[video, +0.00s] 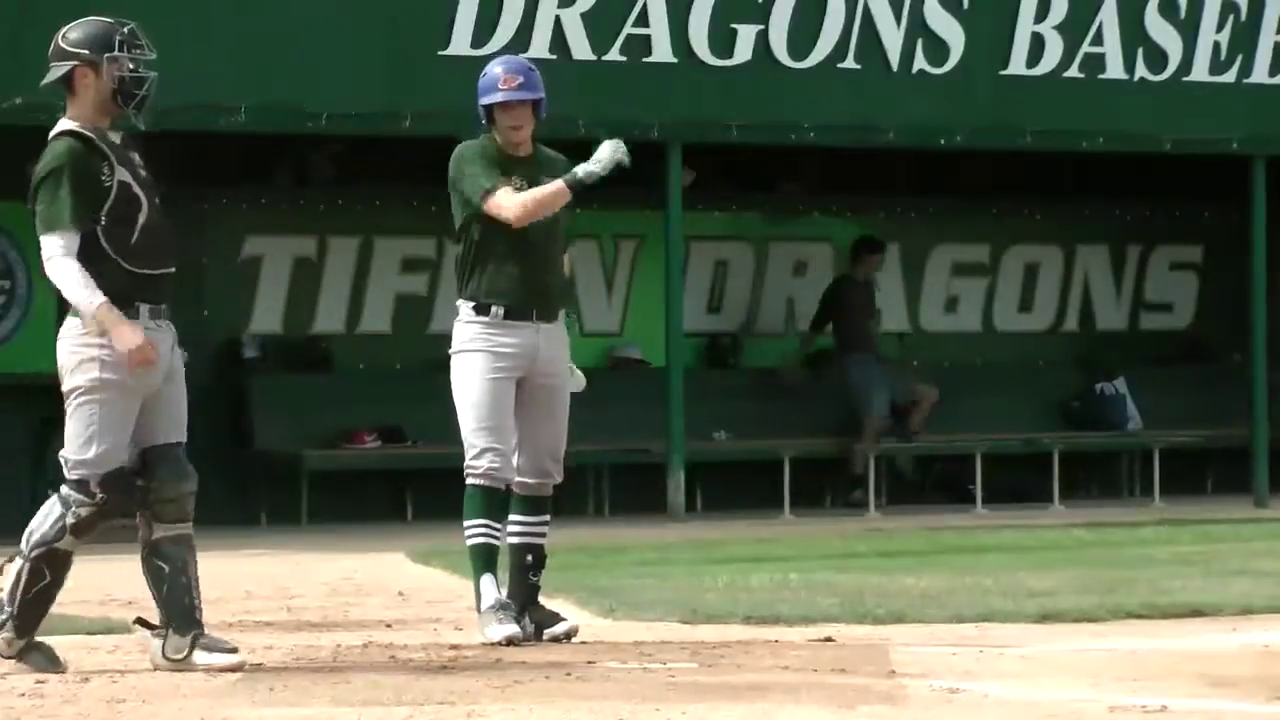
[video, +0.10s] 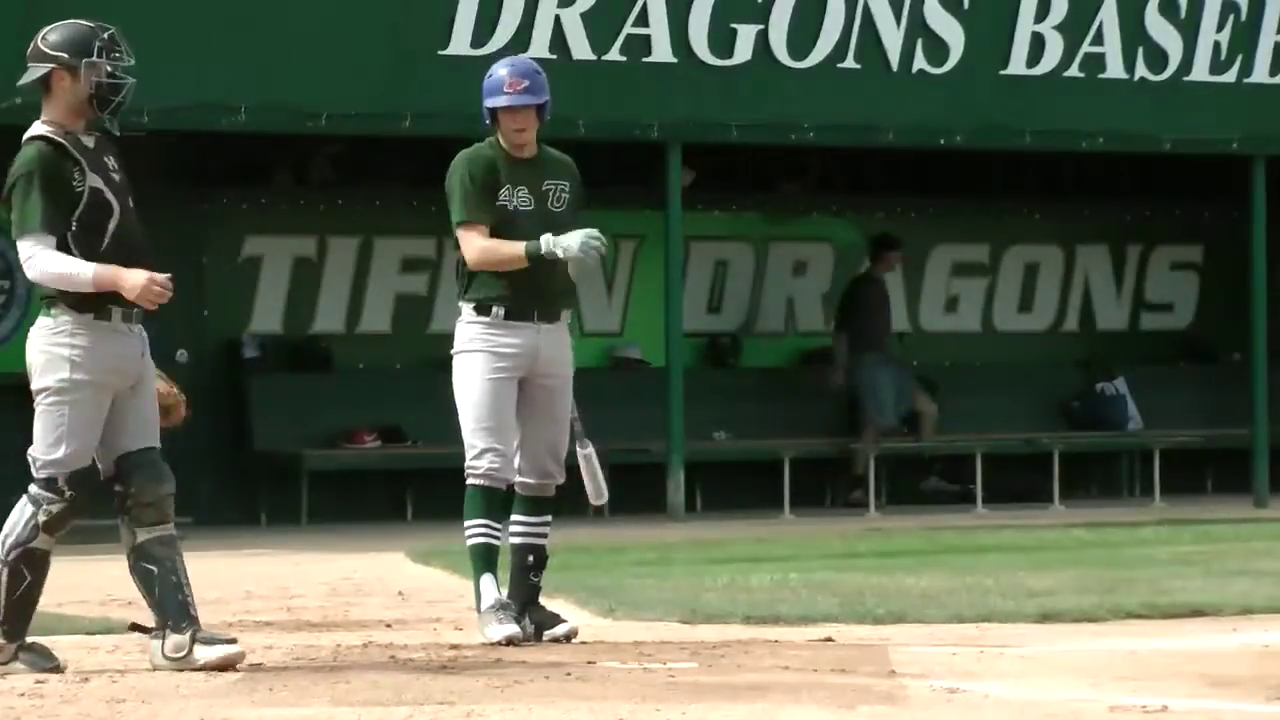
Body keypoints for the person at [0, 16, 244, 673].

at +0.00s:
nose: (131, 75)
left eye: (129, 65)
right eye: (118, 65)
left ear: (107, 74)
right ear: (82, 74)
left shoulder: (120, 143)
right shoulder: (67, 152)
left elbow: (121, 240)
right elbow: (59, 256)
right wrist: (116, 327)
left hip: (156, 331)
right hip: (102, 334)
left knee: (169, 488)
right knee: (91, 493)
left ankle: (182, 637)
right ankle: (11, 624)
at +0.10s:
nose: (107, 84)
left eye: (107, 73)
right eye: (96, 73)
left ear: (74, 79)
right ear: (62, 75)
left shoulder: (97, 151)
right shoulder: (39, 157)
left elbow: (106, 260)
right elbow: (37, 261)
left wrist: (145, 366)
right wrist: (120, 278)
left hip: (124, 333)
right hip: (71, 335)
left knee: (147, 488)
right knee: (53, 496)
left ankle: (178, 634)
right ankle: (6, 636)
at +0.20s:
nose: (83, 88)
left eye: (82, 78)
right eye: (72, 76)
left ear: (63, 84)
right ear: (37, 77)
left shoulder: (73, 152)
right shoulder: (12, 156)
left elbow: (91, 260)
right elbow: (20, 256)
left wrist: (137, 329)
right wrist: (96, 213)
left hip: (98, 333)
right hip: (44, 334)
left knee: (130, 485)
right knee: (30, 497)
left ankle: (171, 631)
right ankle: (6, 641)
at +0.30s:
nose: (59, 97)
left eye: (61, 87)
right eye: (51, 85)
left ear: (28, 84)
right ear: (16, 79)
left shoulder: (44, 150)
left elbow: (79, 235)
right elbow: (22, 235)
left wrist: (133, 299)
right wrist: (54, 155)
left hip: (76, 331)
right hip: (21, 332)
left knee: (122, 476)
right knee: (10, 497)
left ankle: (162, 625)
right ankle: (5, 642)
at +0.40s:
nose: (55, 86)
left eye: (54, 76)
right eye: (46, 76)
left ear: (26, 80)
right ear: (21, 79)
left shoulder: (38, 141)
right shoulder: (6, 141)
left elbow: (60, 228)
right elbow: (18, 207)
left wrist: (126, 288)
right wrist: (17, 119)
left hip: (61, 331)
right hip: (14, 331)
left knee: (114, 473)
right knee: (5, 495)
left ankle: (143, 624)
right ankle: (5, 642)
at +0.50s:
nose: (32, 83)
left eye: (30, 73)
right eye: (23, 73)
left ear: (13, 77)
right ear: (1, 77)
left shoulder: (21, 137)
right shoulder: (2, 137)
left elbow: (44, 228)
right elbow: (20, 232)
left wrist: (110, 290)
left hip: (45, 331)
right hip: (6, 334)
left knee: (99, 473)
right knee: (1, 490)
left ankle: (107, 627)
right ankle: (5, 643)